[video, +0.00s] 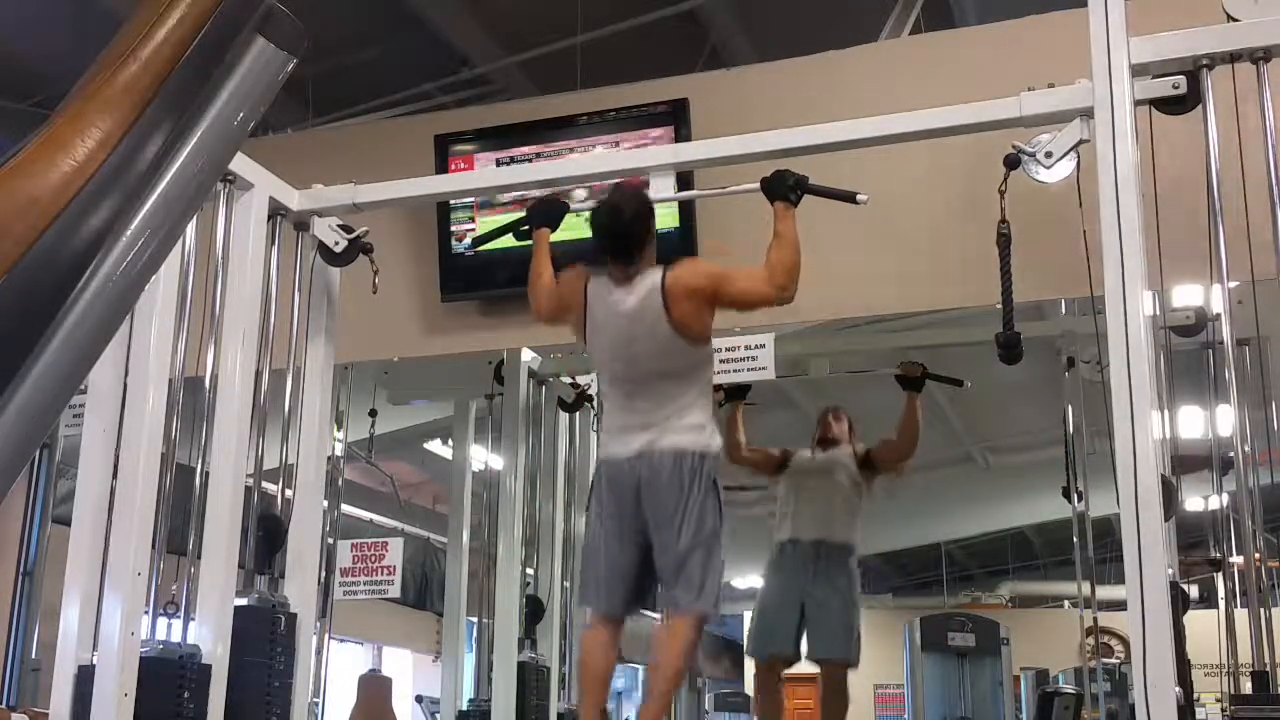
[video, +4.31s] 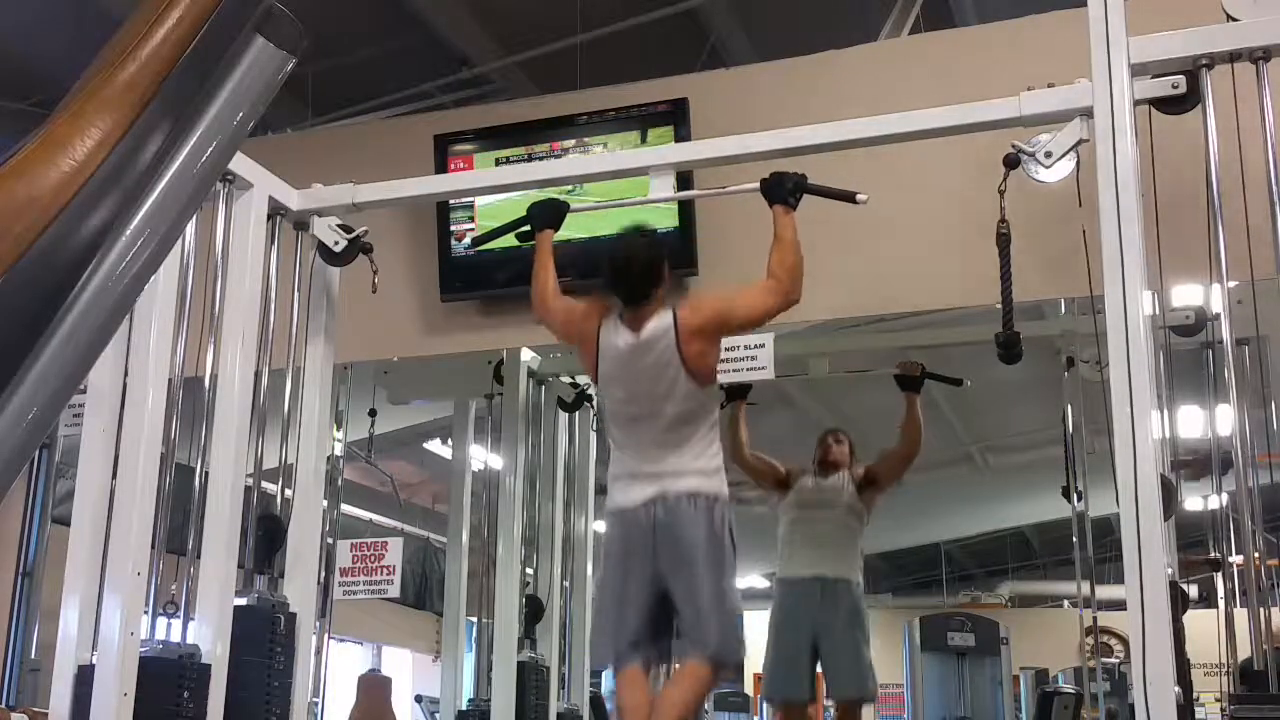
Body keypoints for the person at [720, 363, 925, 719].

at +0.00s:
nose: (830, 419)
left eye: (837, 417)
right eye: (824, 417)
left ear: (851, 432)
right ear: (815, 433)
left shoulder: (859, 457)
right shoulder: (791, 459)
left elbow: (903, 448)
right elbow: (737, 453)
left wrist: (912, 394)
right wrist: (735, 404)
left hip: (836, 563)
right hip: (786, 562)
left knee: (834, 668)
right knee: (767, 667)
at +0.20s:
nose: (826, 378)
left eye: (834, 375)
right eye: (820, 376)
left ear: (847, 388)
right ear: (813, 389)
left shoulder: (862, 413)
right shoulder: (789, 417)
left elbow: (904, 446)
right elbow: (745, 449)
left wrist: (913, 395)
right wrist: (734, 405)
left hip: (840, 516)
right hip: (791, 516)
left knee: (835, 618)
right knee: (780, 614)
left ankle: (822, 709)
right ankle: (794, 710)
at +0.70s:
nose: (834, 422)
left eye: (842, 420)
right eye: (829, 419)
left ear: (853, 434)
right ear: (818, 433)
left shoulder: (861, 463)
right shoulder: (795, 463)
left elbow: (906, 448)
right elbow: (744, 453)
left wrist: (912, 395)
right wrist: (736, 404)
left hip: (841, 564)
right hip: (794, 565)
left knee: (842, 667)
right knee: (794, 667)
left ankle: (838, 714)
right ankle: (817, 715)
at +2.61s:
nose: (825, 395)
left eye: (834, 391)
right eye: (820, 391)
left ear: (848, 402)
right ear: (813, 403)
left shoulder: (861, 431)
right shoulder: (793, 436)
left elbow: (908, 445)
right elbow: (742, 451)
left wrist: (913, 393)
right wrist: (737, 404)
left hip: (843, 535)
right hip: (795, 536)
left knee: (841, 639)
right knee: (785, 635)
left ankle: (826, 715)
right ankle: (815, 713)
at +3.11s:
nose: (828, 439)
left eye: (836, 436)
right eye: (822, 436)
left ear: (849, 448)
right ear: (813, 447)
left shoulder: (861, 477)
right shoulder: (792, 476)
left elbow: (908, 447)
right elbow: (744, 458)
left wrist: (912, 393)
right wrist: (735, 404)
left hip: (842, 583)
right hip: (792, 583)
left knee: (850, 691)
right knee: (790, 692)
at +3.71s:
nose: (828, 400)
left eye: (836, 398)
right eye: (822, 398)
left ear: (848, 413)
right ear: (813, 412)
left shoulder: (859, 441)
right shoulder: (792, 443)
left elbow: (910, 446)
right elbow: (740, 451)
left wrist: (912, 392)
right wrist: (735, 405)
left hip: (839, 543)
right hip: (791, 543)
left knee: (838, 646)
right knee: (781, 643)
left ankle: (829, 717)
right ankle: (811, 715)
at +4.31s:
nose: (830, 445)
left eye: (838, 441)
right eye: (825, 442)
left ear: (851, 454)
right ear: (815, 454)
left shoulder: (861, 482)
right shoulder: (791, 481)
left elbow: (907, 450)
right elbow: (740, 455)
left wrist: (912, 395)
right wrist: (736, 402)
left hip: (842, 591)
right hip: (791, 591)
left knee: (850, 697)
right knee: (789, 698)